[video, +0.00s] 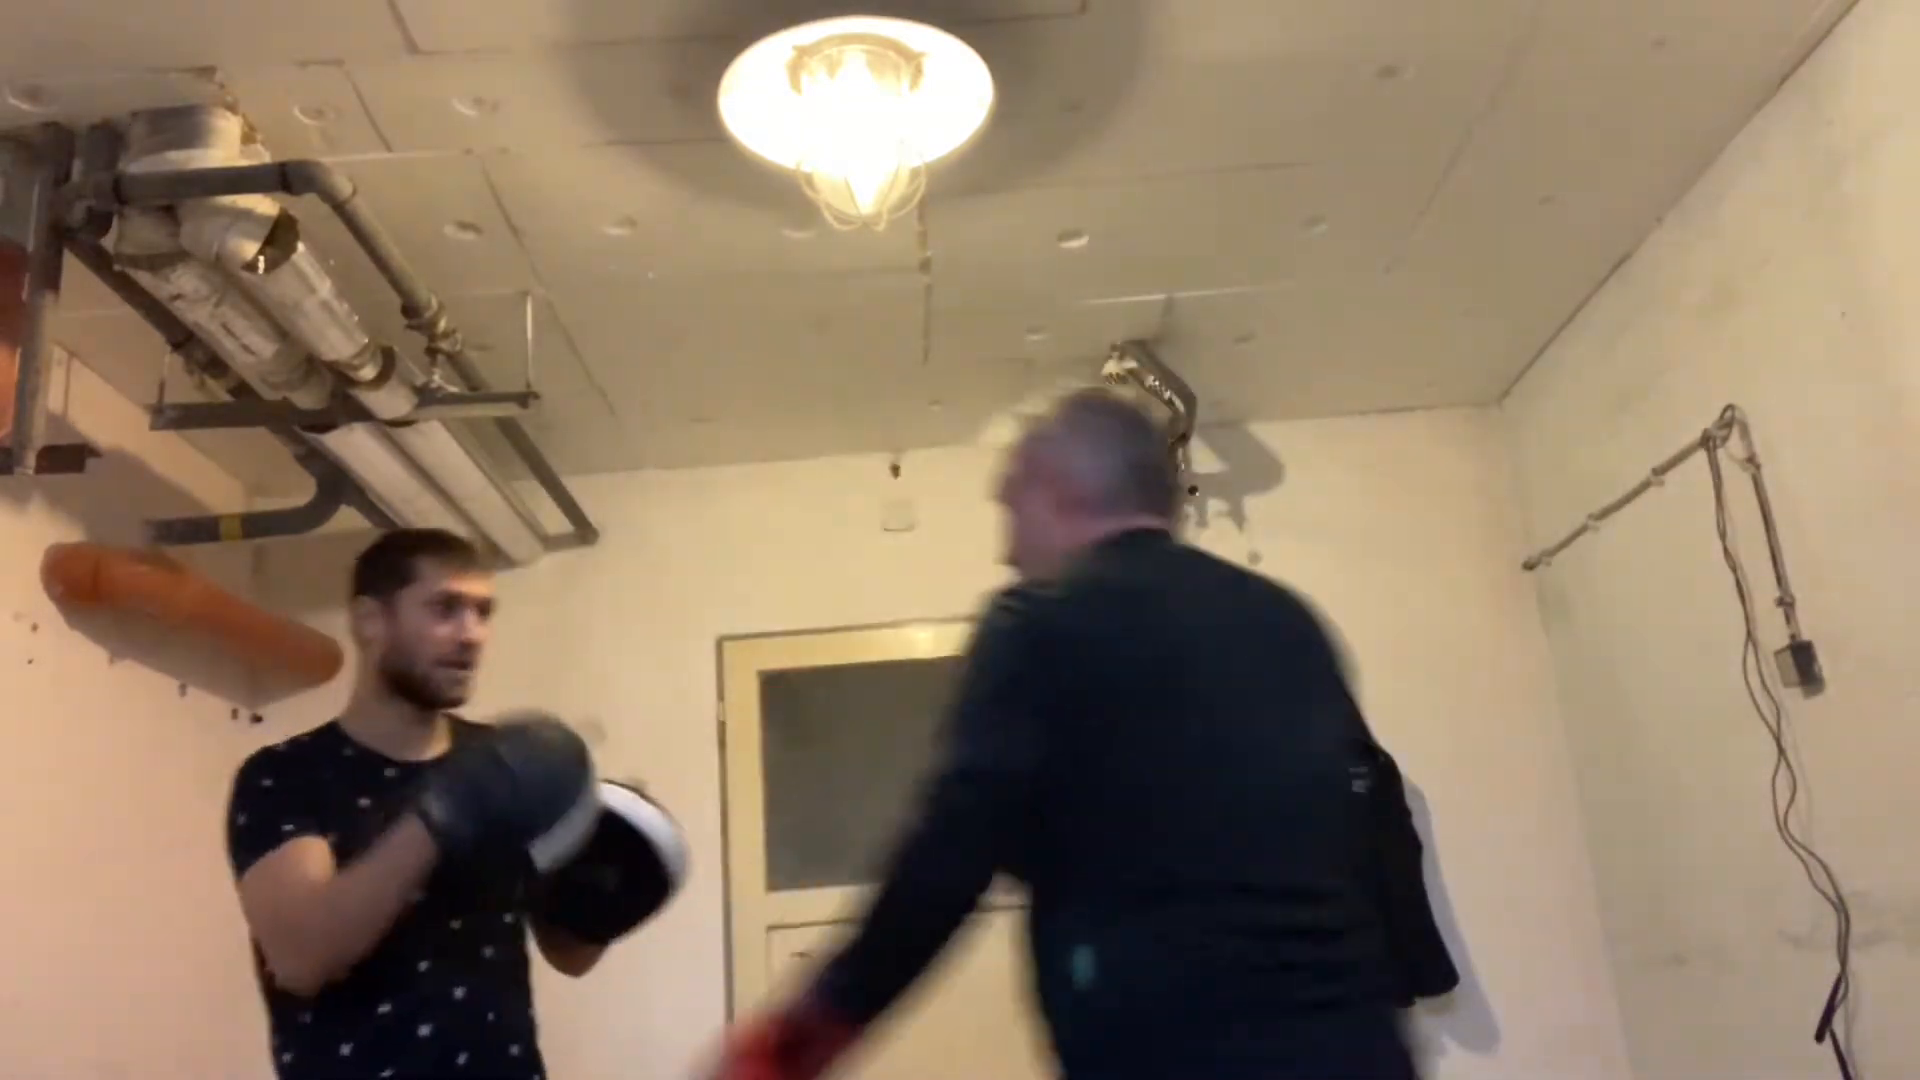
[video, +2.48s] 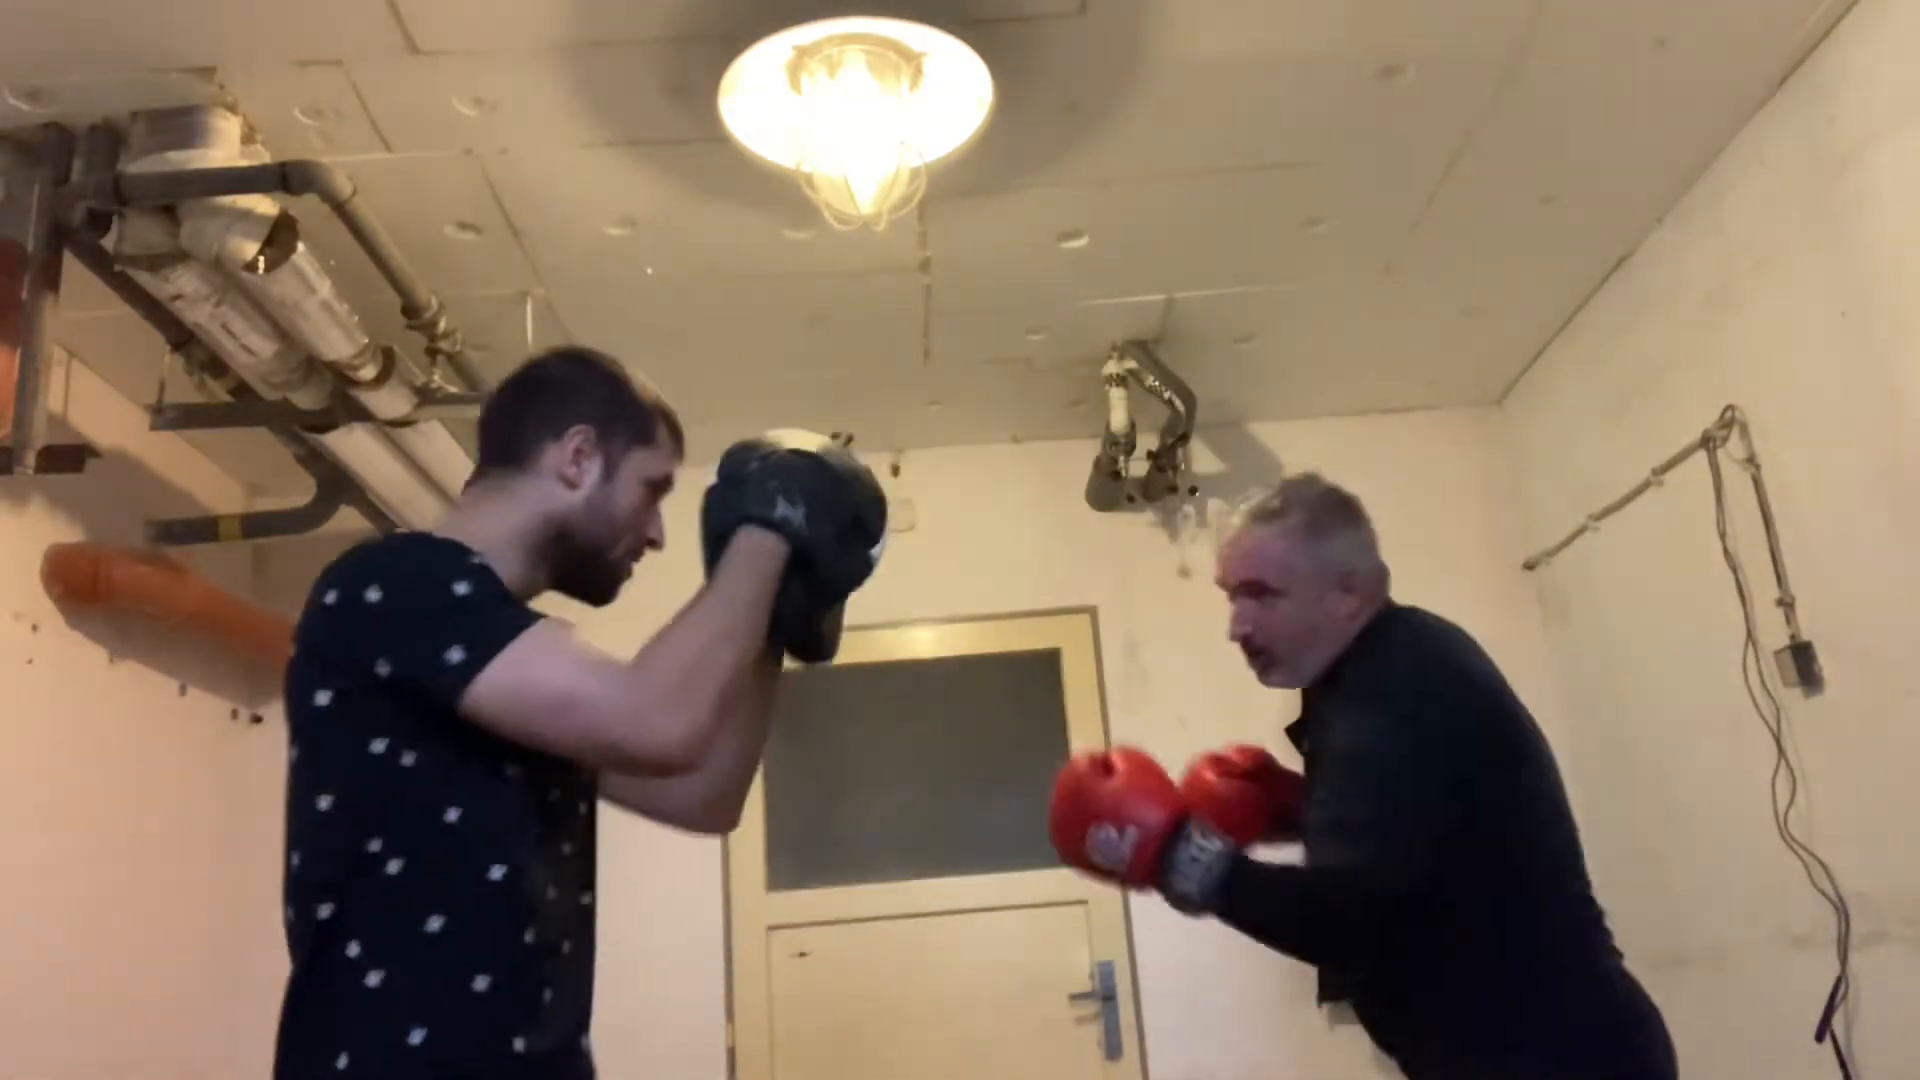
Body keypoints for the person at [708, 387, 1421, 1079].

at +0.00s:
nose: (1006, 541)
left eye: (1011, 506)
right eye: (1005, 510)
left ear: (1055, 495)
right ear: (1158, 500)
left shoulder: (1041, 626)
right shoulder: (1284, 616)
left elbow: (961, 841)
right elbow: (1369, 820)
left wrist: (826, 1012)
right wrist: (1400, 985)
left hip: (1147, 1044)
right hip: (1341, 1040)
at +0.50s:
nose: (1118, 546)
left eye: (1113, 508)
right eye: (1107, 516)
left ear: (1170, 473)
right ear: (1262, 458)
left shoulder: (1178, 577)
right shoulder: (1437, 560)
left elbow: (1112, 805)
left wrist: (999, 759)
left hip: (1331, 1030)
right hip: (1544, 1014)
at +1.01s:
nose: (1026, 539)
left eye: (1030, 495)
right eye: (1019, 504)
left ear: (1106, 473)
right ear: (1123, 474)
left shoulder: (1127, 598)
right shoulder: (1363, 559)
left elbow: (1104, 882)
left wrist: (964, 836)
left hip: (1323, 1041)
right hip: (1534, 1022)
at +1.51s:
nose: (1307, 465)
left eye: (1332, 429)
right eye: (1308, 440)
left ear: (1424, 431)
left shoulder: (1440, 531)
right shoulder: (1516, 538)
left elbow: (1467, 724)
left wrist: (1274, 732)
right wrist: (1349, 701)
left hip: (1545, 1018)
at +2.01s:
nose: (1368, 558)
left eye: (1396, 530)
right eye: (1363, 538)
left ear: (1480, 543)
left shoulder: (1535, 640)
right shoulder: (1465, 663)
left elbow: (1657, 806)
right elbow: (1506, 857)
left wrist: (1533, 933)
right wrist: (1396, 826)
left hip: (1619, 1047)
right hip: (1553, 1048)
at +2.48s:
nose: (1237, 624)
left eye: (1261, 596)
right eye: (1232, 598)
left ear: (1348, 593)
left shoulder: (1400, 696)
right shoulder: (1369, 680)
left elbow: (1363, 926)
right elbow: (1438, 843)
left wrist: (1193, 865)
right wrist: (1302, 811)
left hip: (1551, 1059)